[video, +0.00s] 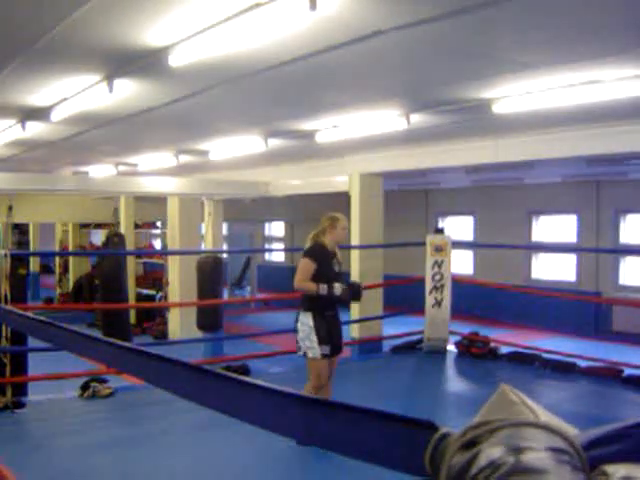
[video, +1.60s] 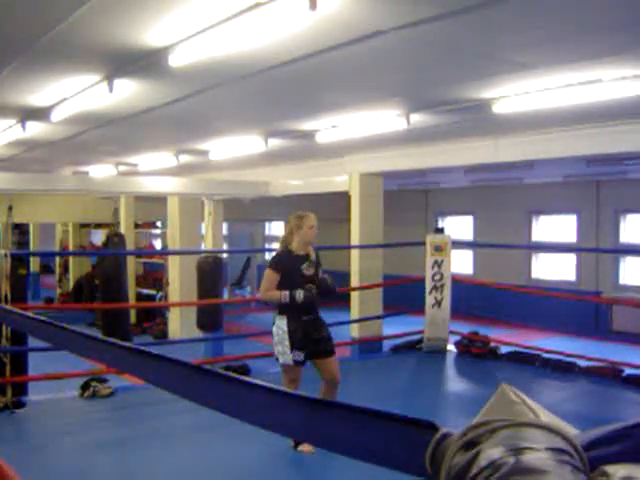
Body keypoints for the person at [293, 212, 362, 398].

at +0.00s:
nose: (346, 234)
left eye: (346, 229)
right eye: (343, 229)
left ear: (333, 229)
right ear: (330, 229)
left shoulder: (335, 254)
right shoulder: (315, 251)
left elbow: (330, 283)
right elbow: (299, 282)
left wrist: (348, 288)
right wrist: (330, 289)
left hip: (330, 313)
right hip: (312, 314)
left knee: (327, 376)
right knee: (318, 379)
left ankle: (321, 420)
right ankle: (300, 420)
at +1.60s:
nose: (315, 233)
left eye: (315, 228)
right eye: (311, 228)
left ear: (312, 230)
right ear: (297, 230)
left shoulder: (313, 256)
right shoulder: (281, 259)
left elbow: (317, 285)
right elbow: (265, 292)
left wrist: (325, 285)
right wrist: (293, 295)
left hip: (312, 317)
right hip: (288, 320)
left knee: (332, 377)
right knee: (291, 380)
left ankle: (316, 427)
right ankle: (297, 435)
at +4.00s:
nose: (346, 233)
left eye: (347, 229)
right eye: (343, 228)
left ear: (337, 230)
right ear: (328, 229)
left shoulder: (336, 258)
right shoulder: (313, 256)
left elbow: (333, 288)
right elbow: (298, 290)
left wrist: (350, 290)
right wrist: (330, 289)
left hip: (335, 318)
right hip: (316, 318)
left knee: (334, 378)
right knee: (309, 380)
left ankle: (330, 428)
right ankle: (300, 431)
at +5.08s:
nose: (346, 233)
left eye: (347, 229)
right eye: (343, 229)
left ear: (337, 230)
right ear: (328, 229)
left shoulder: (334, 258)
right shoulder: (312, 255)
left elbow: (331, 289)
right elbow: (297, 290)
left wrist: (349, 291)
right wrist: (328, 289)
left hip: (334, 317)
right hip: (315, 318)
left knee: (334, 377)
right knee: (308, 379)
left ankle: (330, 428)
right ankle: (299, 431)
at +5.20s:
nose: (346, 233)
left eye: (347, 229)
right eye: (343, 229)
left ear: (337, 230)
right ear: (328, 229)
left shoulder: (334, 258)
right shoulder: (312, 256)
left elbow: (331, 289)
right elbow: (297, 290)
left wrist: (349, 291)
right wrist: (328, 289)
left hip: (335, 317)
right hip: (315, 318)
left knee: (334, 377)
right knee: (309, 379)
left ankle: (330, 428)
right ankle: (299, 431)